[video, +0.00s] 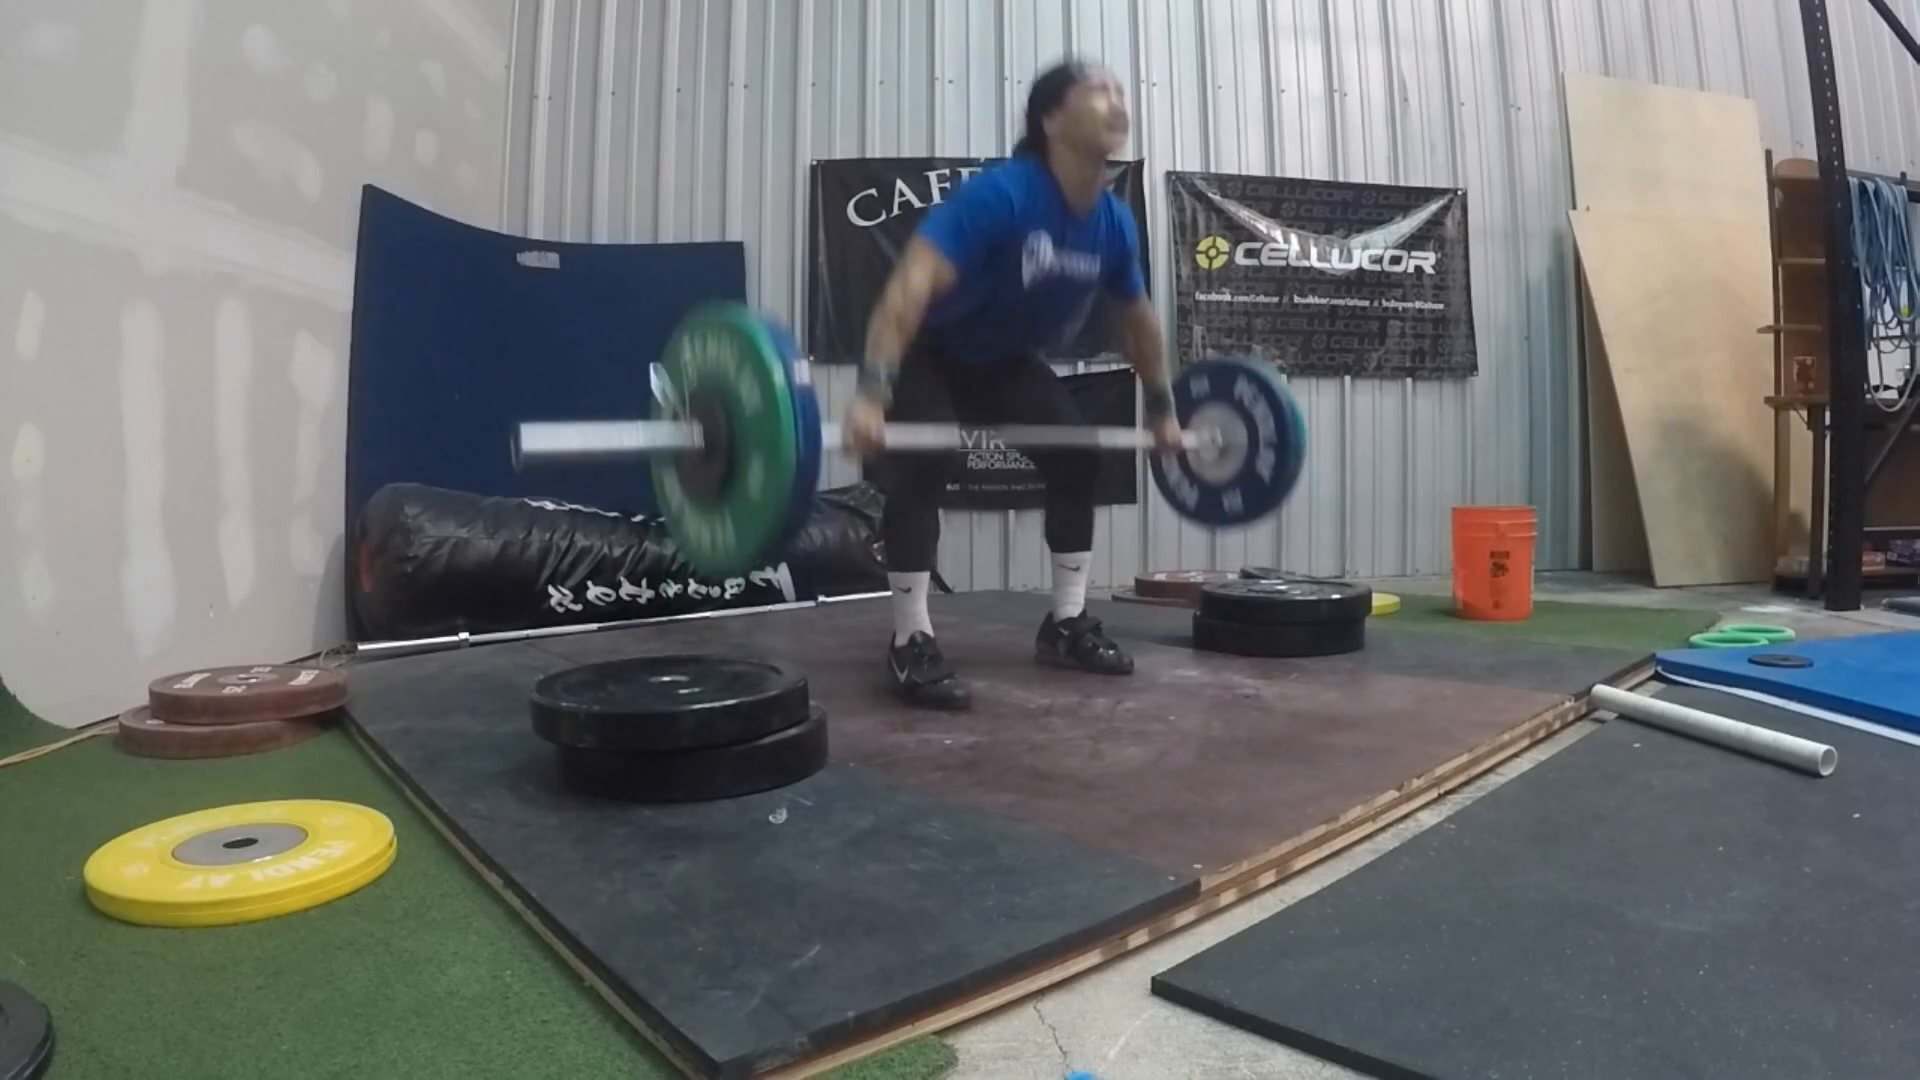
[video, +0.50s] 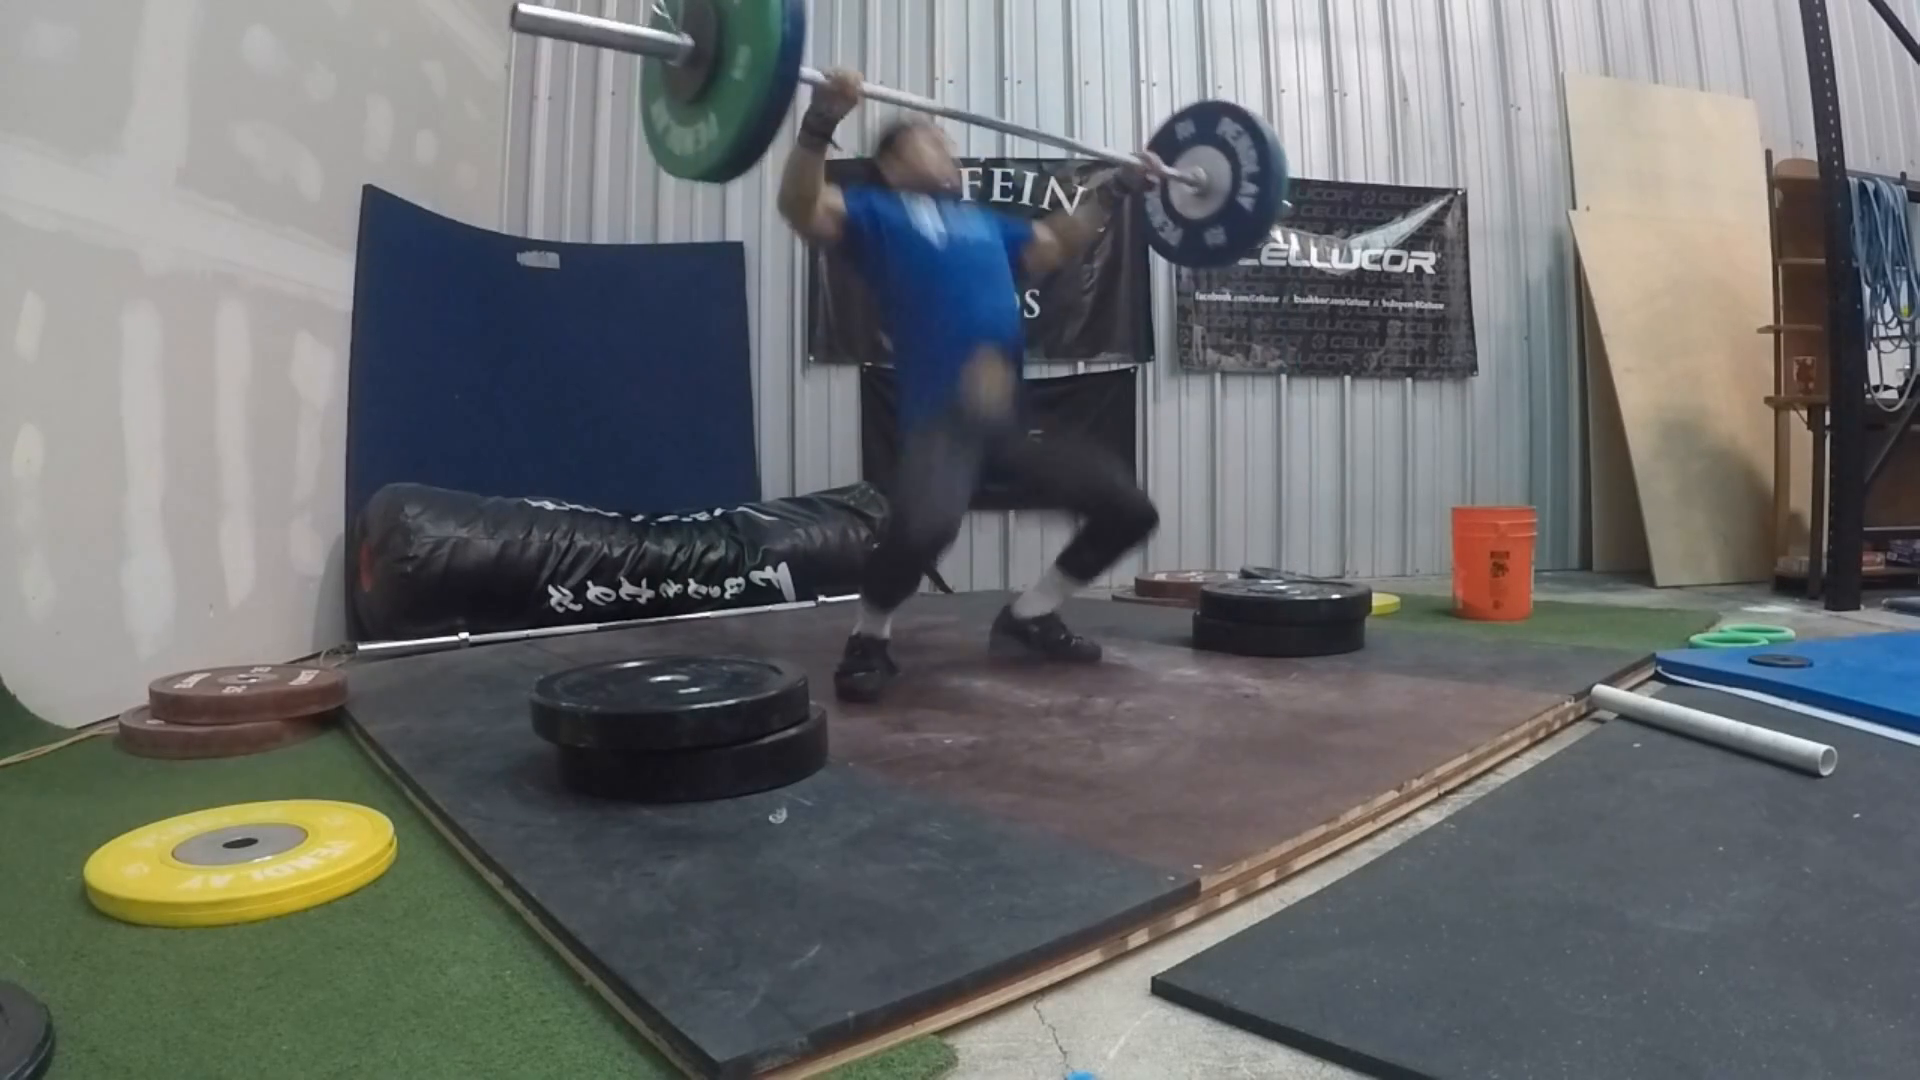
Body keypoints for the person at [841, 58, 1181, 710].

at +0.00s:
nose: (1119, 106)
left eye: (1120, 94)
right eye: (1099, 93)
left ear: (1119, 121)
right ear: (1052, 120)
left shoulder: (1112, 221)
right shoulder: (996, 194)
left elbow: (1137, 315)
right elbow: (911, 281)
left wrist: (1162, 408)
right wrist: (873, 391)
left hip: (1005, 360)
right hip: (927, 353)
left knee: (1076, 450)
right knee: (921, 457)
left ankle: (1067, 622)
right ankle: (911, 640)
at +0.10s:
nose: (1093, 46)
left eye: (1091, 37)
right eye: (1072, 37)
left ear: (1093, 69)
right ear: (1031, 67)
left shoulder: (1103, 171)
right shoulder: (986, 143)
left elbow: (1128, 267)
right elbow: (898, 213)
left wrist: (1154, 357)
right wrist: (863, 318)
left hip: (1013, 343)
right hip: (926, 335)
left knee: (1075, 458)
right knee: (931, 464)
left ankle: (1066, 621)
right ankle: (914, 639)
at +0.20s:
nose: (1020, 15)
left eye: (1022, 9)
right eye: (1000, 9)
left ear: (1028, 35)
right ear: (964, 36)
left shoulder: (1060, 120)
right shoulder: (947, 94)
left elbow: (1100, 208)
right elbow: (870, 154)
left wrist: (1148, 295)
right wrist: (855, 247)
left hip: (1052, 325)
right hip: (974, 320)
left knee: (1120, 462)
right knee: (980, 451)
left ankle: (1078, 614)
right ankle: (922, 631)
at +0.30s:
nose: (943, 11)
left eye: (942, 7)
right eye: (924, 9)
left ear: (950, 36)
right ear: (892, 37)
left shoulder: (1005, 104)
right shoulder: (890, 75)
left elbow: (1072, 174)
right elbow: (840, 117)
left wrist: (1144, 233)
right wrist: (852, 167)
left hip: (1051, 268)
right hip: (975, 265)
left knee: (1075, 419)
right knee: (964, 414)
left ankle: (1087, 600)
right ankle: (923, 618)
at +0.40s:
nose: (914, 71)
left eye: (914, 66)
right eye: (897, 68)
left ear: (926, 89)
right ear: (867, 90)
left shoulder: (969, 144)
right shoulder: (870, 134)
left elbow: (1046, 191)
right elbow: (812, 155)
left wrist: (1137, 190)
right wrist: (837, 123)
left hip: (1024, 306)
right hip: (961, 304)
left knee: (1102, 449)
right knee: (953, 452)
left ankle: (1046, 599)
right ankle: (879, 619)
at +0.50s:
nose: (951, 152)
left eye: (948, 143)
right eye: (932, 142)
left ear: (949, 161)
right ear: (894, 161)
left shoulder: (984, 223)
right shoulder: (877, 211)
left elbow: (1049, 249)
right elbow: (799, 206)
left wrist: (1113, 190)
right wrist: (820, 123)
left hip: (1009, 427)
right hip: (937, 430)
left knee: (1129, 512)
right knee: (924, 528)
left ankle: (1030, 613)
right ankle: (869, 638)